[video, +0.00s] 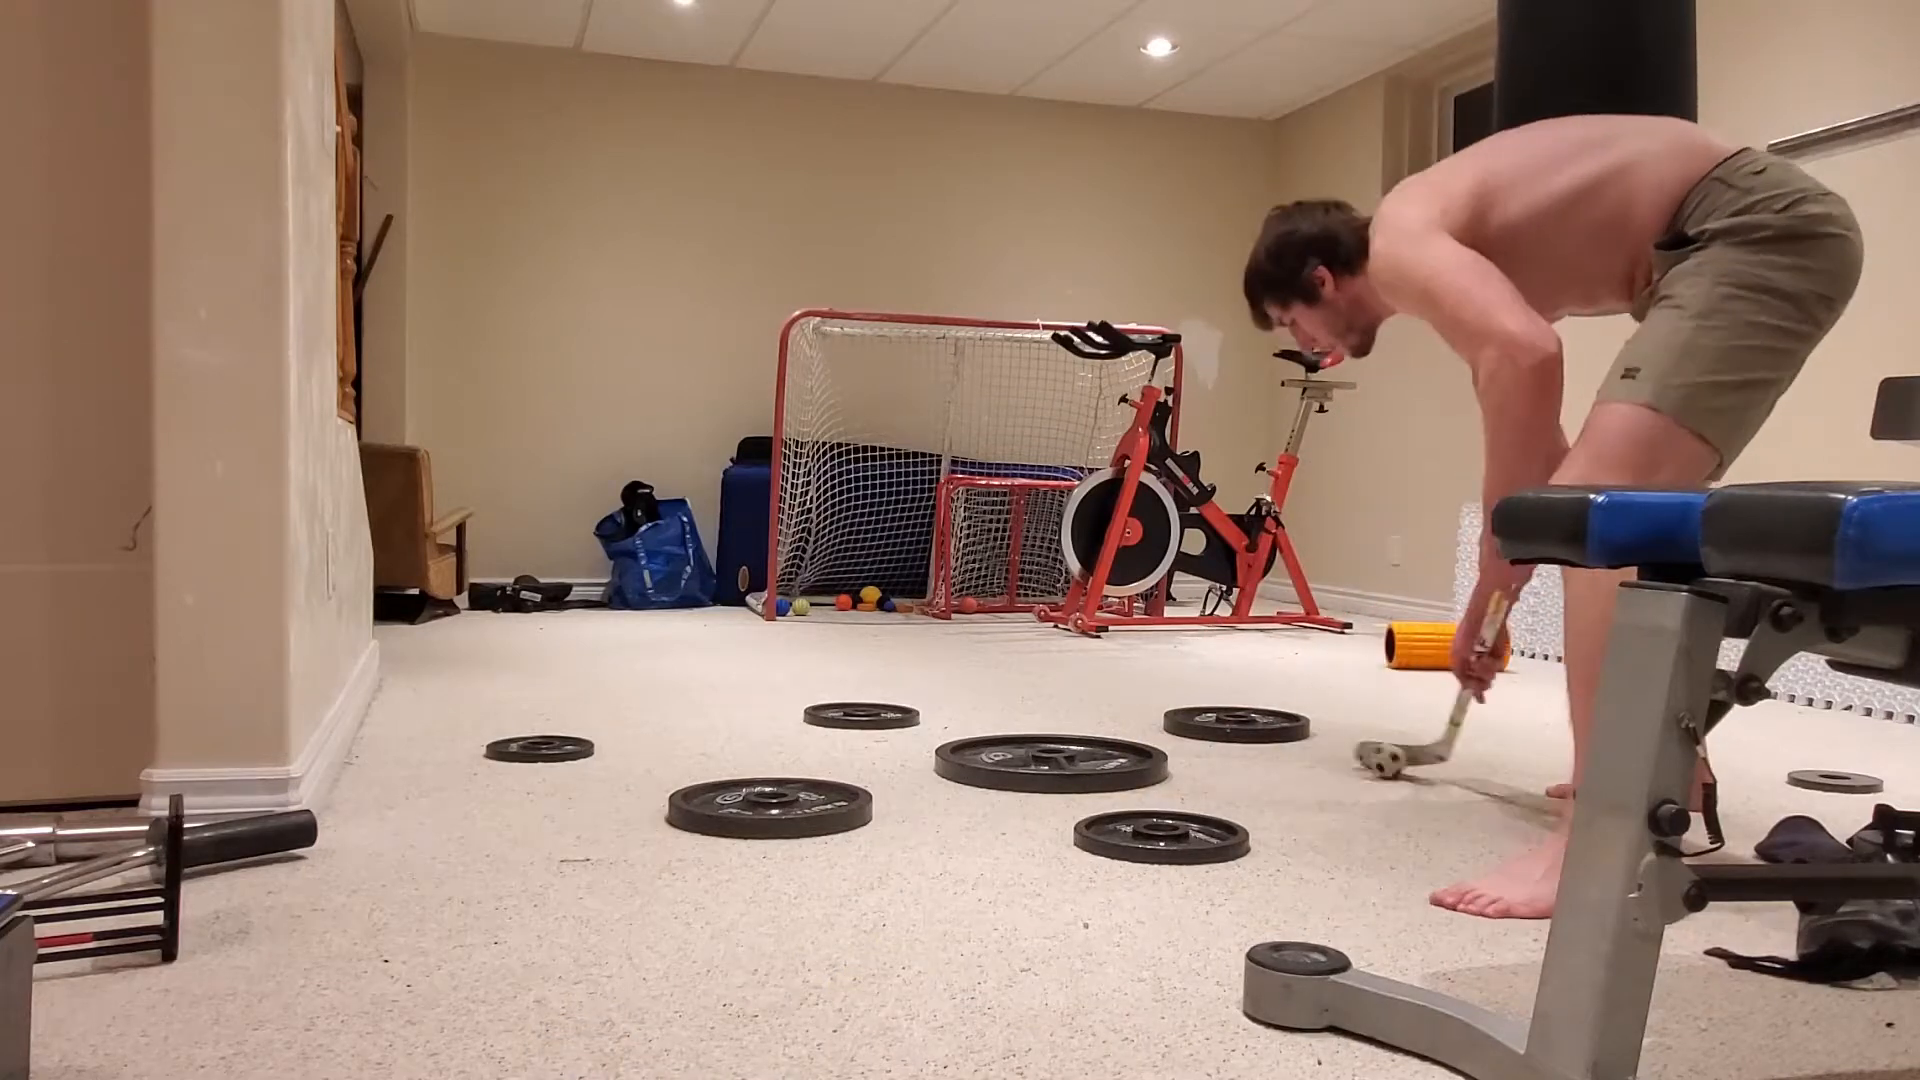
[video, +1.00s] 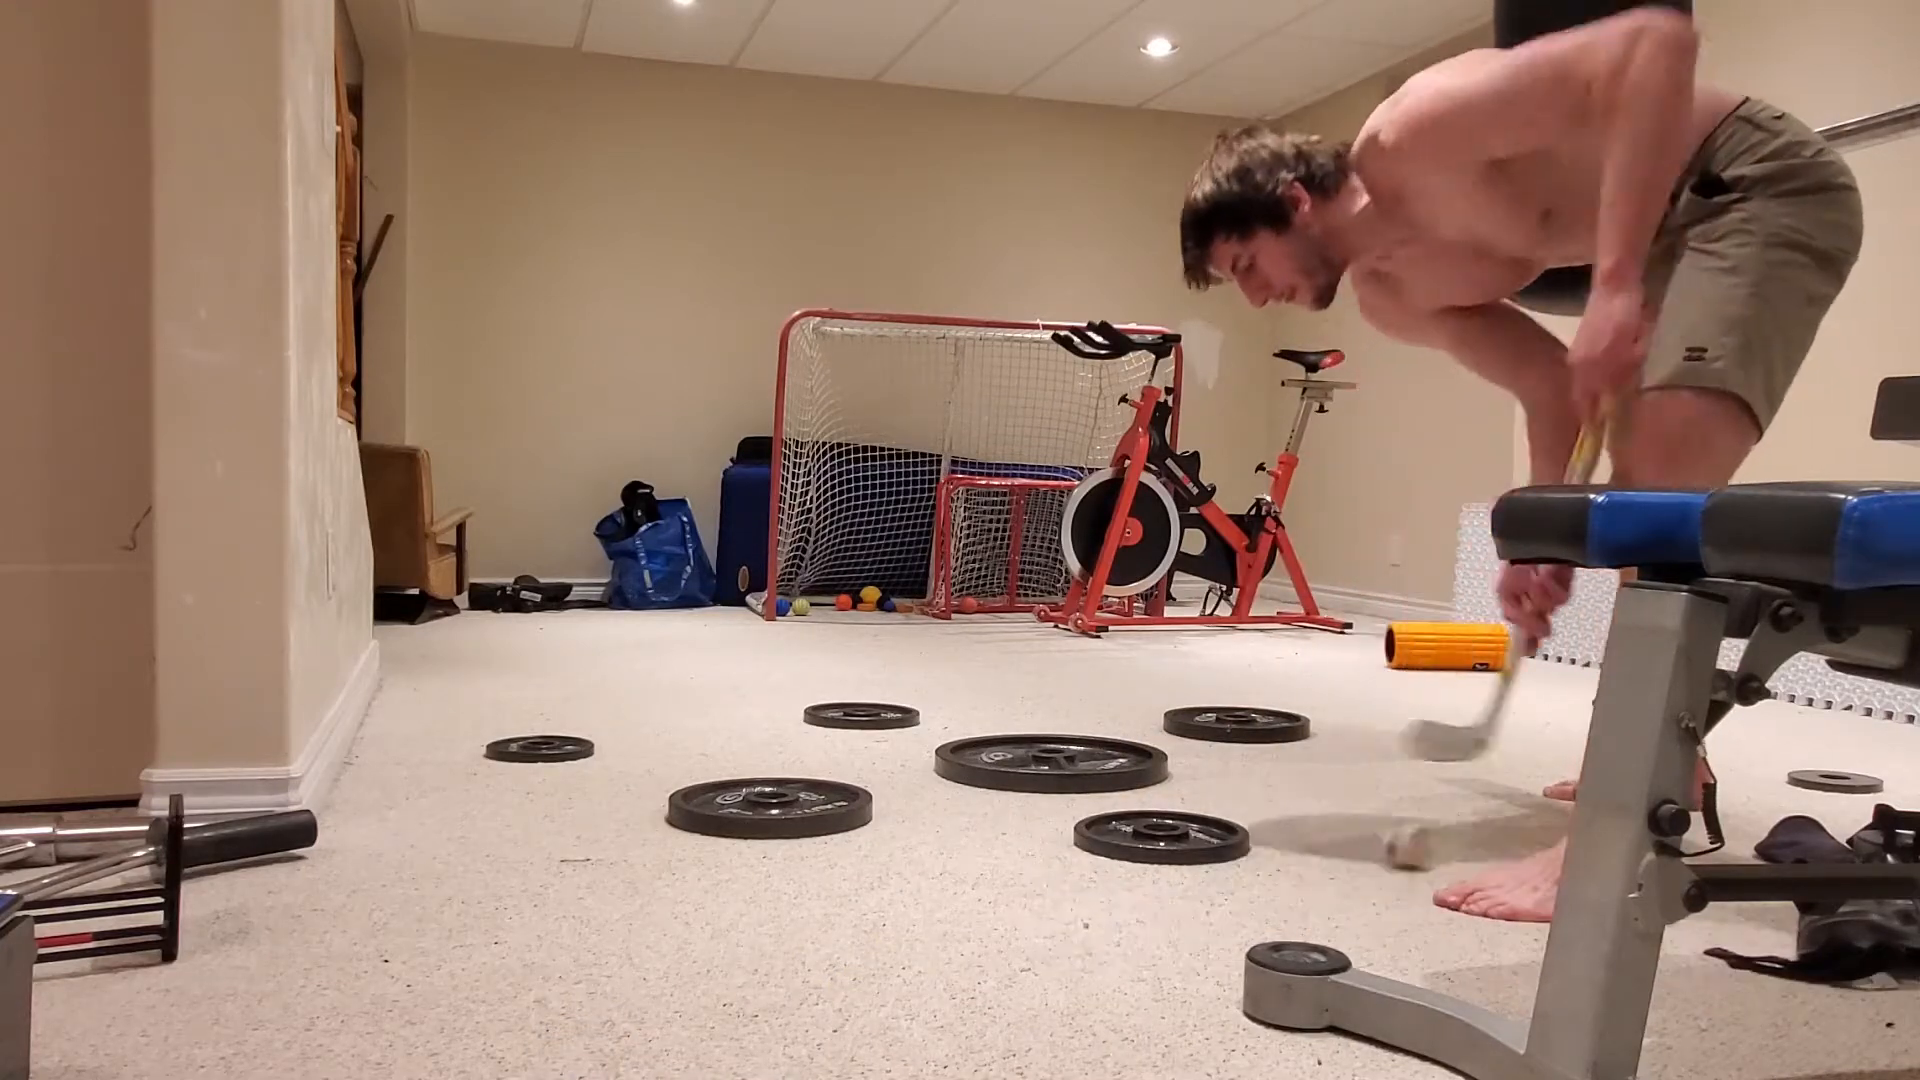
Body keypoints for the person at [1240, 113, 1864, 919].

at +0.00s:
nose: (1309, 355)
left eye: (1295, 333)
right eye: (1293, 345)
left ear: (1322, 280)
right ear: (1331, 276)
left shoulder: (1399, 240)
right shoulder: (1428, 251)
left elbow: (1527, 354)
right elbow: (1520, 456)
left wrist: (1504, 560)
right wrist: (1487, 603)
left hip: (1753, 228)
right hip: (1727, 242)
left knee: (1588, 510)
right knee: (1627, 516)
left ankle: (1596, 834)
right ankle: (1672, 766)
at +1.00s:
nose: (1257, 298)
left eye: (1247, 265)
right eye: (1238, 286)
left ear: (1291, 198)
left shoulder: (1415, 131)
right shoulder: (1391, 298)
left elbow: (1654, 45)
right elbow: (1547, 376)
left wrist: (1614, 286)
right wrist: (1538, 536)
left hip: (1758, 178)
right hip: (1676, 240)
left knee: (1661, 474)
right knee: (1642, 471)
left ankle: (1621, 834)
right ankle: (1669, 757)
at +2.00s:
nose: (1326, 352)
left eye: (1313, 329)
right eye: (1310, 342)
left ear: (1339, 277)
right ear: (1345, 279)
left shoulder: (1416, 244)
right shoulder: (1471, 304)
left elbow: (1525, 317)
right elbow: (1538, 473)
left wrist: (1492, 513)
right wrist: (1471, 600)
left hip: (1759, 254)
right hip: (1704, 287)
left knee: (1623, 532)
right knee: (1583, 522)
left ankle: (1578, 845)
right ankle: (1668, 754)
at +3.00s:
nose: (1201, 303)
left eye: (1189, 278)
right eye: (1184, 290)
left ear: (1228, 226)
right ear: (1237, 228)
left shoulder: (1335, 202)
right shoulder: (1351, 269)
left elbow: (1505, 283)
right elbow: (1458, 411)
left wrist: (1407, 431)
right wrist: (1380, 549)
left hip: (1719, 207)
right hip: (1658, 231)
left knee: (1540, 492)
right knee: (1529, 491)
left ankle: (1579, 849)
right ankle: (1607, 748)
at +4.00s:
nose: (1125, 324)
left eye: (1113, 300)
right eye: (1108, 313)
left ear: (1146, 250)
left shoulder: (1252, 197)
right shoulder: (1258, 339)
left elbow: (1373, 293)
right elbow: (1261, 499)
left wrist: (1272, 484)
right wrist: (1159, 608)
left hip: (1585, 249)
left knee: (1379, 514)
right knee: (1464, 544)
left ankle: (1459, 834)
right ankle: (1637, 736)